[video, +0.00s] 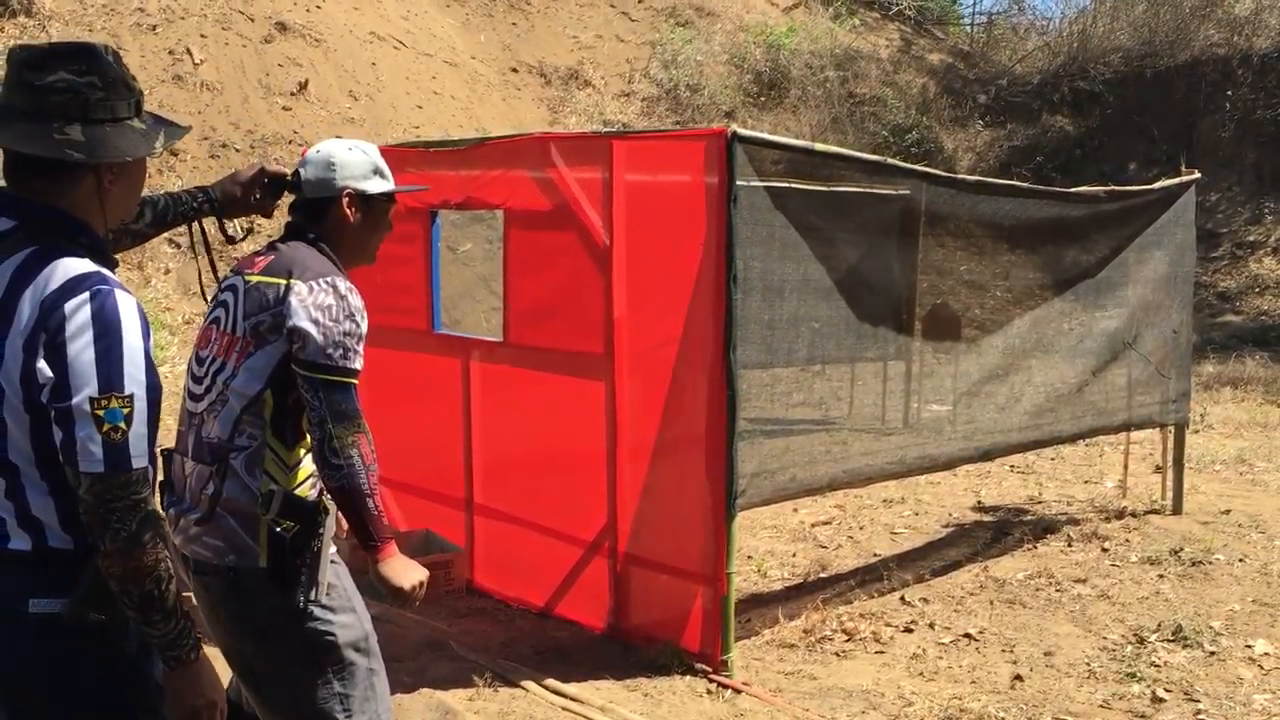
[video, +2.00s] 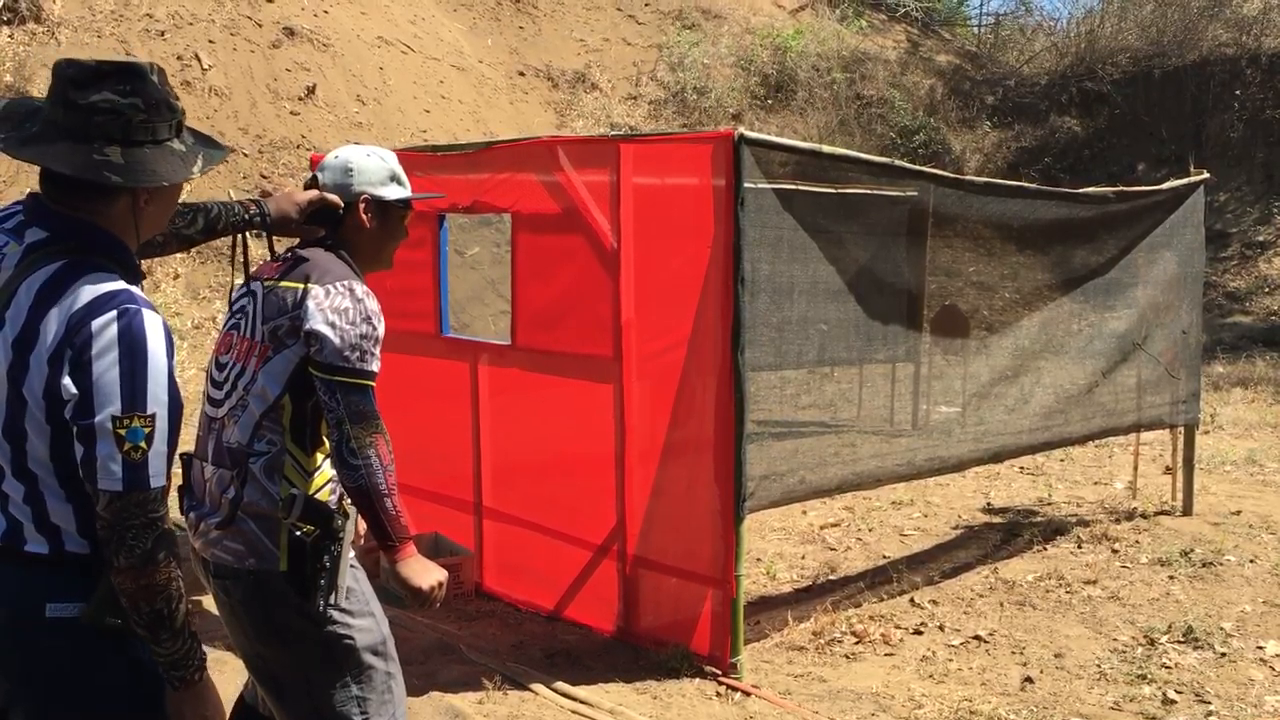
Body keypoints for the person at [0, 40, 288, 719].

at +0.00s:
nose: (150, 170)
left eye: (149, 154)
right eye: (143, 155)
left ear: (20, 157)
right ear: (104, 171)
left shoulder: (12, 247)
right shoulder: (91, 304)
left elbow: (102, 229)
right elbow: (123, 521)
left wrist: (215, 198)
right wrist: (187, 654)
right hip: (70, 615)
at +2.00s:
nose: (182, 191)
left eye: (184, 176)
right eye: (176, 177)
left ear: (53, 168)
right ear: (140, 195)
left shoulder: (16, 231)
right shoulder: (119, 323)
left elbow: (141, 226)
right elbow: (135, 538)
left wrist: (264, 209)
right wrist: (190, 677)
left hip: (14, 574)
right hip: (77, 609)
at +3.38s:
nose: (106, 197)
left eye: (103, 182)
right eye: (95, 183)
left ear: (39, 198)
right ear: (52, 200)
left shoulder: (17, 274)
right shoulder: (42, 316)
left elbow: (95, 230)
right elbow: (66, 515)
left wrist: (210, 189)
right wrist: (134, 646)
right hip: (41, 627)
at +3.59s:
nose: (39, 192)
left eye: (35, 177)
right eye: (30, 177)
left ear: (8, 191)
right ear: (2, 191)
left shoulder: (9, 257)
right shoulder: (12, 315)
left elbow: (94, 242)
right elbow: (18, 482)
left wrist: (211, 218)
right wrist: (70, 614)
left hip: (19, 576)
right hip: (18, 588)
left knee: (59, 685)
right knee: (63, 693)